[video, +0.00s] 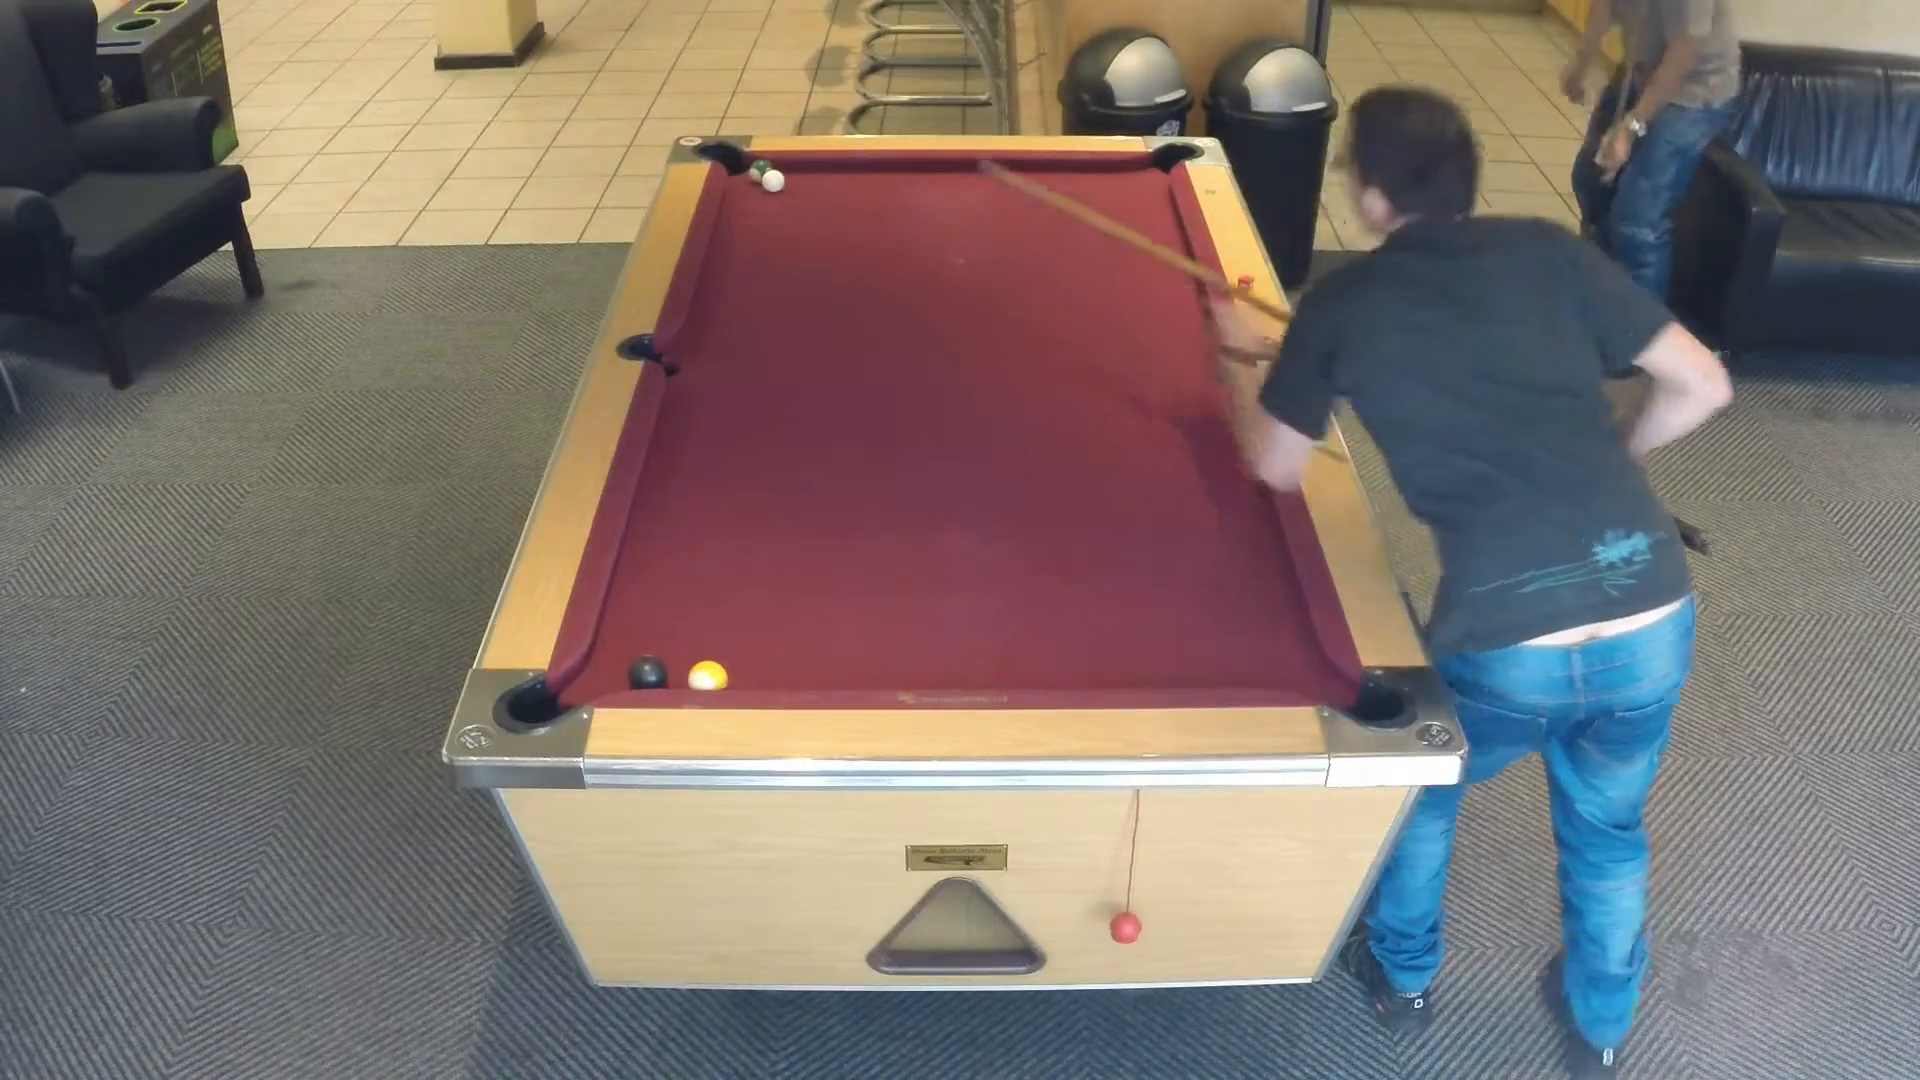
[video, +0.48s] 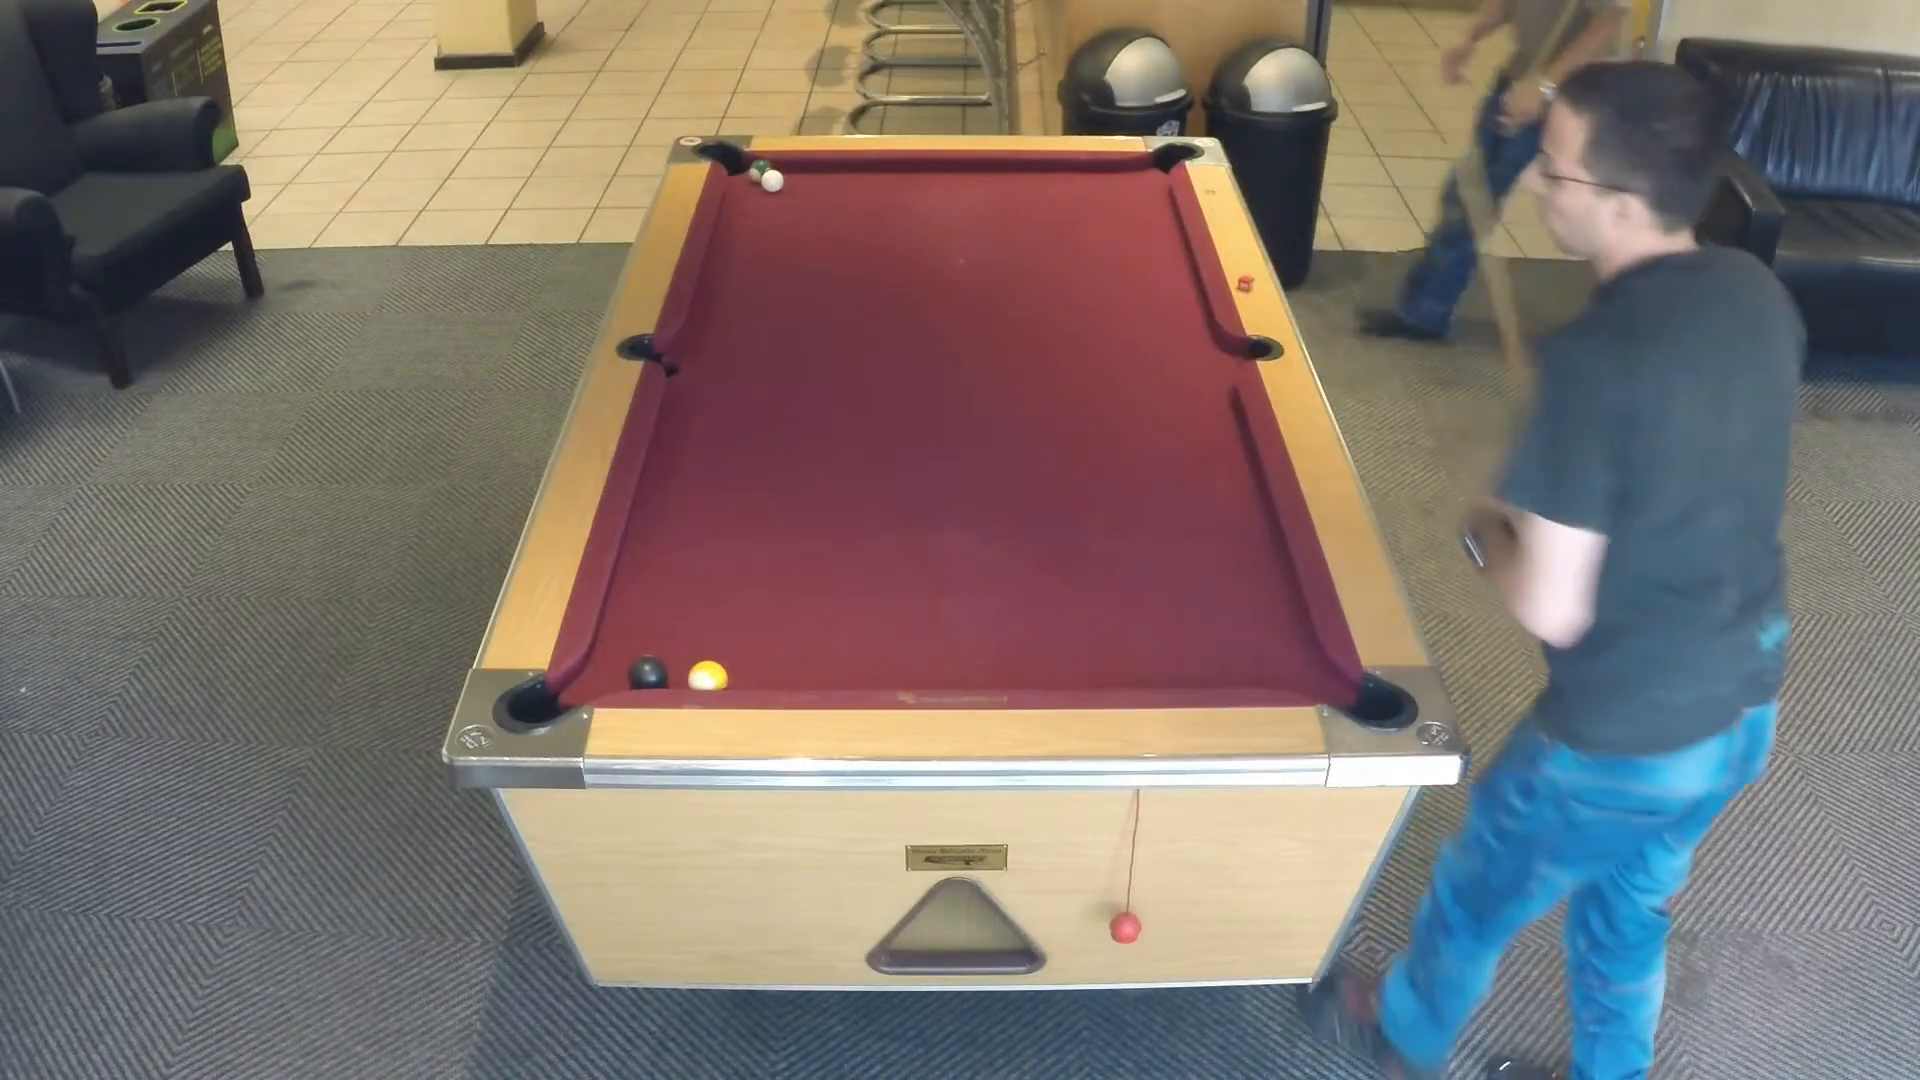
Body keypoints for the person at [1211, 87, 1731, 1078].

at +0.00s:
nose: (1341, 189)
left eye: (1346, 175)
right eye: (1346, 171)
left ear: (1370, 194)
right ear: (1463, 180)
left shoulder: (1343, 300)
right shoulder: (1550, 251)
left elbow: (1277, 466)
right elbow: (1702, 385)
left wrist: (1247, 378)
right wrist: (1604, 446)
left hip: (1508, 640)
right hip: (1652, 621)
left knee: (1424, 780)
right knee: (1610, 831)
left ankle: (1404, 966)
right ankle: (1605, 1019)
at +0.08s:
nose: (1370, 167)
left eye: (1376, 154)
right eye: (1374, 150)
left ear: (1398, 176)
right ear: (1494, 163)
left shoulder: (1365, 295)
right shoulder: (1584, 245)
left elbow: (1341, 493)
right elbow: (1719, 394)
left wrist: (1374, 413)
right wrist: (1611, 453)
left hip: (1519, 637)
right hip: (1662, 621)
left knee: (1436, 792)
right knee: (1606, 841)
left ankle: (1403, 973)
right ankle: (1602, 1042)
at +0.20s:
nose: (1419, 149)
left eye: (1430, 138)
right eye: (1426, 132)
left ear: (1464, 166)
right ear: (1548, 147)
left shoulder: (1420, 297)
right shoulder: (1636, 248)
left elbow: (1416, 510)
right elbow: (1743, 423)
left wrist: (1503, 473)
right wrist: (1638, 464)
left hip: (1546, 661)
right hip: (1684, 639)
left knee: (1450, 817)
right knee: (1606, 859)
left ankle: (1402, 969)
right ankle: (1613, 1060)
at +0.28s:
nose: (1449, 155)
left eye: (1462, 141)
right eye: (1455, 137)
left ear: (1511, 163)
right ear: (1590, 156)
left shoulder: (1472, 313)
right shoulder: (1683, 267)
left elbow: (1441, 525)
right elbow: (1750, 447)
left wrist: (1537, 471)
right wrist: (1643, 459)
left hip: (1564, 689)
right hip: (1696, 676)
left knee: (1454, 840)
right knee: (1613, 890)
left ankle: (1400, 973)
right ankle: (1613, 1064)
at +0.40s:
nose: (1504, 176)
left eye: (1521, 161)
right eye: (1510, 155)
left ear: (1582, 182)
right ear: (1638, 176)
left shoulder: (1556, 340)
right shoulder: (1737, 285)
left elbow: (1503, 578)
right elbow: (1753, 454)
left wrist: (1470, 497)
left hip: (1597, 728)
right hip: (1723, 706)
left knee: (1473, 865)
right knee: (1622, 911)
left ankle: (1404, 985)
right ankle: (1612, 1066)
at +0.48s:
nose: (1538, 183)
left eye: (1557, 171)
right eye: (1544, 163)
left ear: (1623, 199)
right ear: (1666, 192)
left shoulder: (1599, 352)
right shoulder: (1757, 292)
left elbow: (1551, 612)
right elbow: (1711, 476)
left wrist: (1495, 532)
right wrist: (1548, 510)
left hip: (1616, 742)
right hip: (1740, 709)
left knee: (1474, 897)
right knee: (1628, 925)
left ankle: (1411, 1032)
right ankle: (1613, 1067)